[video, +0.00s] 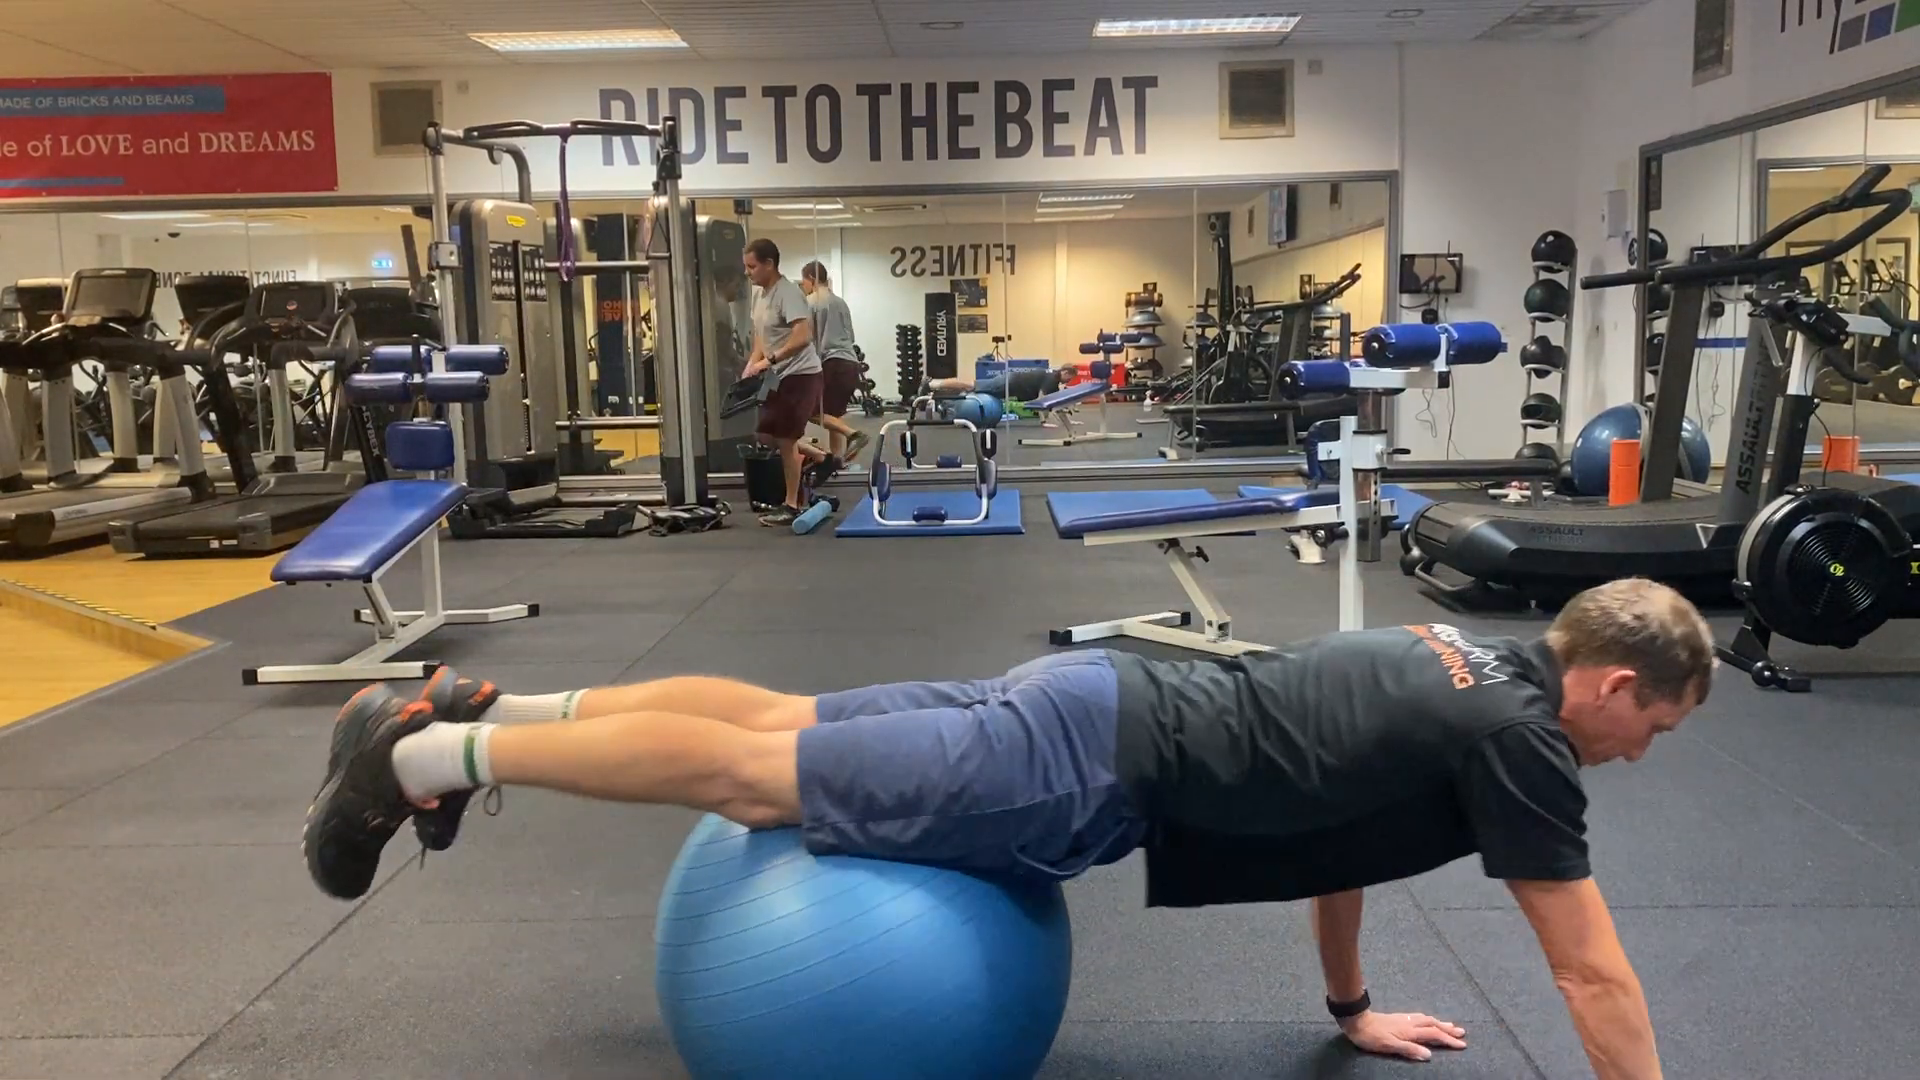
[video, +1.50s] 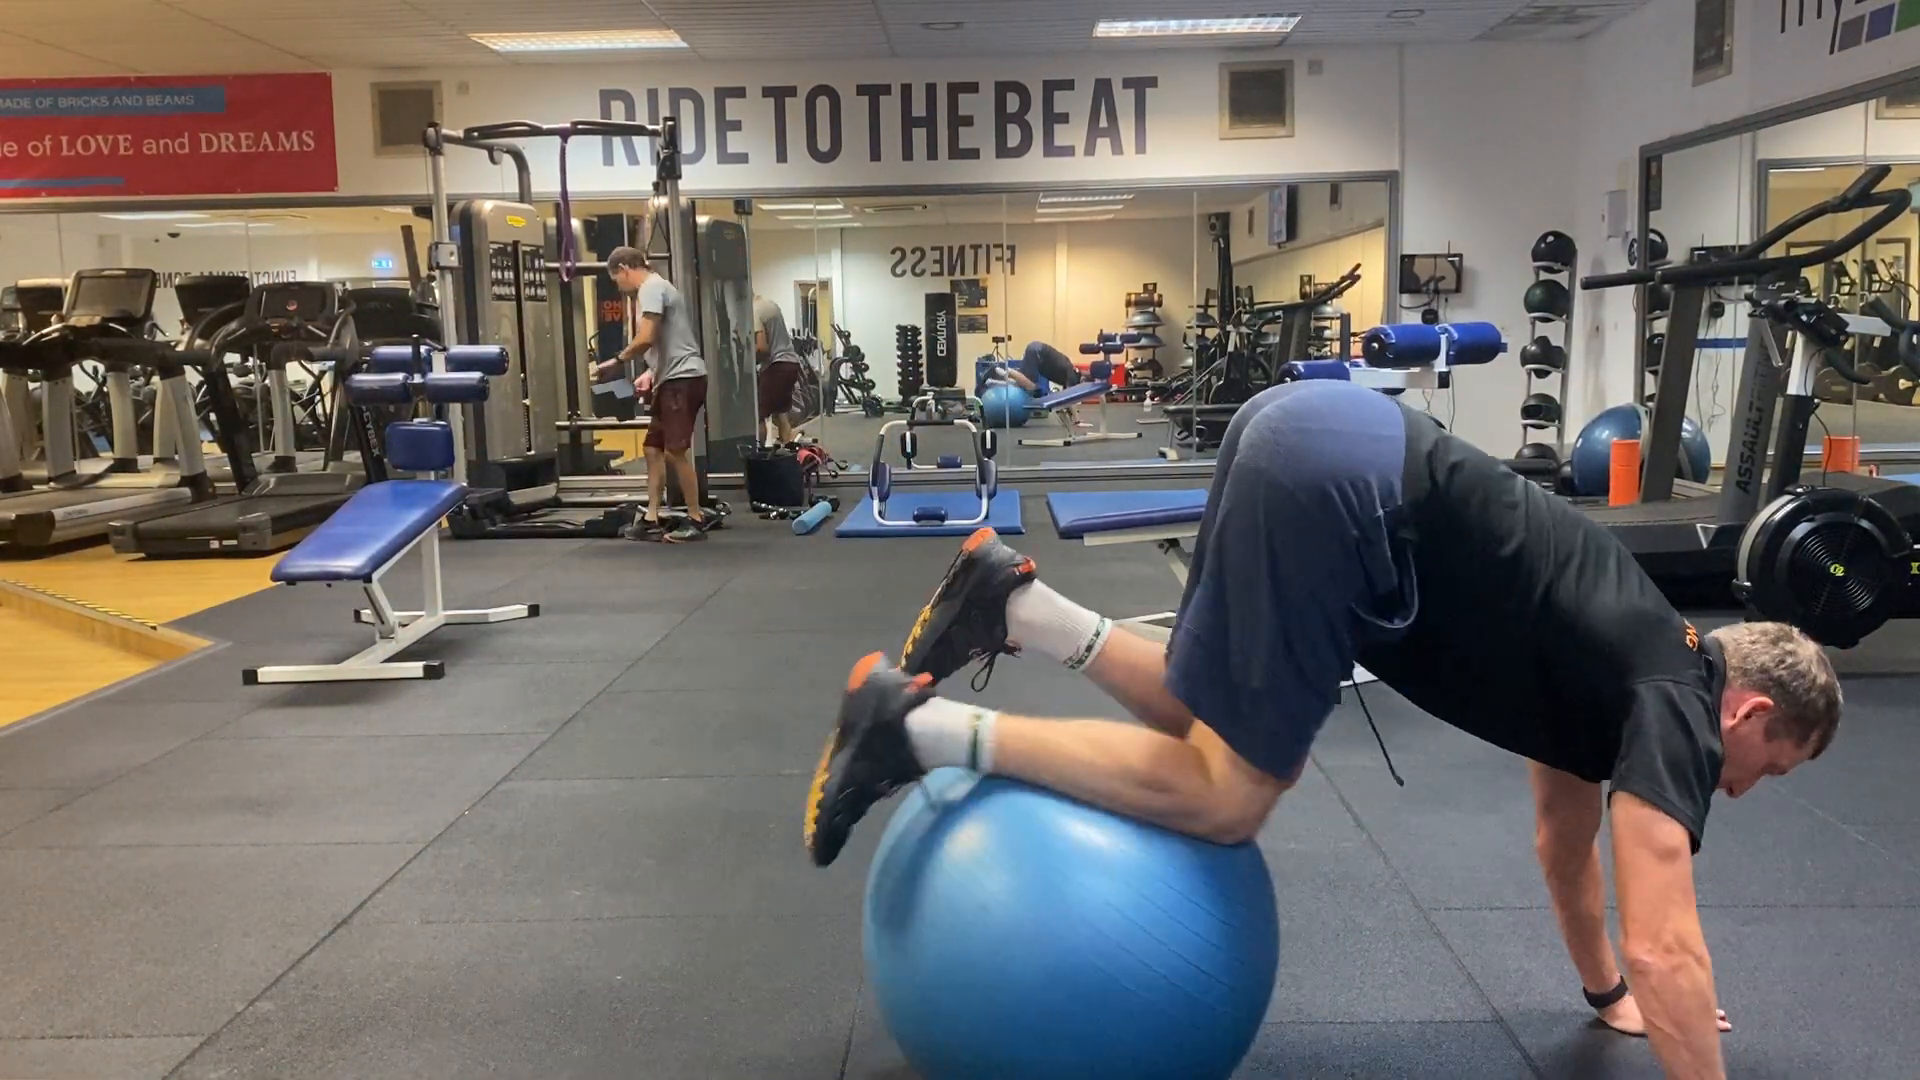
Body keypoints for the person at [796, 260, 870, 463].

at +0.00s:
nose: (803, 285)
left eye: (803, 281)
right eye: (802, 281)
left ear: (811, 279)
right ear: (825, 279)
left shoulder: (812, 302)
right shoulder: (841, 302)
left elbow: (811, 337)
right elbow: (850, 335)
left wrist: (810, 362)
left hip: (831, 361)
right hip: (851, 362)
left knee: (812, 413)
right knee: (835, 416)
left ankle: (853, 434)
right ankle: (836, 462)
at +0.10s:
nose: (799, 286)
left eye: (799, 281)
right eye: (799, 281)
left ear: (806, 279)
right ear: (819, 278)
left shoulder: (806, 301)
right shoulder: (838, 302)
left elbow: (805, 337)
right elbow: (849, 335)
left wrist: (802, 359)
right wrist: (836, 347)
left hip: (822, 360)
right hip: (845, 360)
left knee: (809, 408)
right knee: (833, 414)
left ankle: (829, 438)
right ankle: (835, 461)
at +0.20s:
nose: (796, 284)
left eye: (795, 281)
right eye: (796, 281)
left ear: (799, 280)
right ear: (815, 278)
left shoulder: (798, 303)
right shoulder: (834, 301)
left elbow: (796, 337)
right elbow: (846, 335)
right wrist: (839, 350)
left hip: (810, 363)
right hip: (837, 363)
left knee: (805, 415)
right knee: (831, 418)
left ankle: (807, 460)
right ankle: (835, 462)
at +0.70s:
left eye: (771, 282)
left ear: (771, 284)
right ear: (791, 280)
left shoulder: (771, 307)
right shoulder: (810, 302)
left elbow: (764, 342)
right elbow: (821, 334)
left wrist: (775, 358)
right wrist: (809, 350)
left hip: (786, 367)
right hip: (811, 367)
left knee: (789, 416)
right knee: (805, 415)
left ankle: (797, 455)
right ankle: (809, 453)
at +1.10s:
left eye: (756, 288)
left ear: (756, 290)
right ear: (776, 285)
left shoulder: (761, 311)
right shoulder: (795, 306)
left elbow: (761, 344)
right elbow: (803, 334)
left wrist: (765, 366)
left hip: (781, 367)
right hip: (803, 367)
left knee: (775, 416)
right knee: (789, 413)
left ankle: (793, 449)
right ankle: (797, 446)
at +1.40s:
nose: (745, 299)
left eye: (744, 294)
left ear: (748, 290)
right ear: (756, 286)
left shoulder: (758, 307)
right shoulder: (778, 303)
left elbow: (763, 345)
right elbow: (786, 336)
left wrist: (752, 359)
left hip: (779, 363)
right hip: (797, 361)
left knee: (762, 414)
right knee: (786, 412)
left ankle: (765, 456)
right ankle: (790, 455)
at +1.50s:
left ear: (741, 295)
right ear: (751, 289)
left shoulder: (754, 308)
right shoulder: (770, 304)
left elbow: (762, 348)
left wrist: (747, 360)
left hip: (777, 365)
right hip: (792, 363)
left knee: (759, 414)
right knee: (781, 413)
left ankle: (759, 455)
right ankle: (788, 453)